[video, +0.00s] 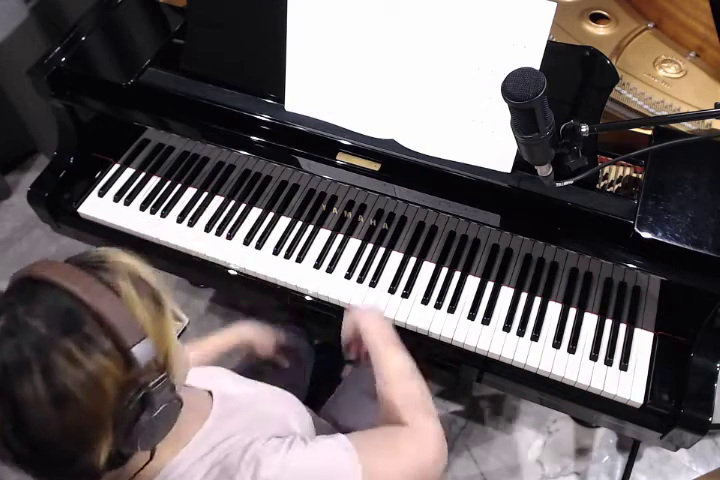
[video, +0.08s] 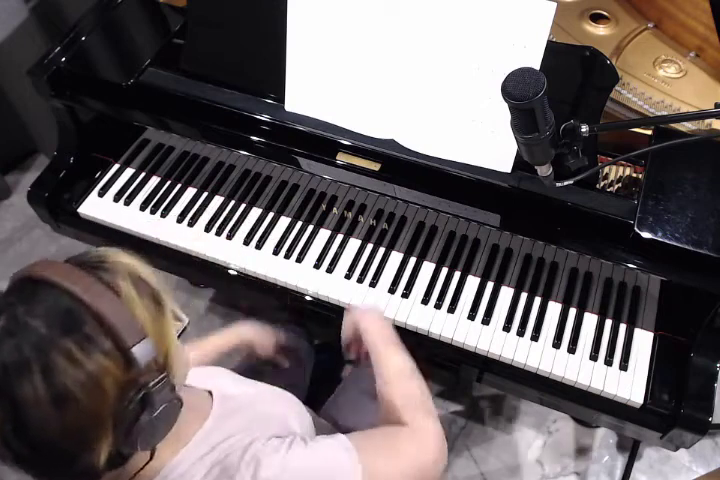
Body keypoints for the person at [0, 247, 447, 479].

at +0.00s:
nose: (176, 322)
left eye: (164, 313)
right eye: (166, 324)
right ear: (146, 373)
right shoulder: (262, 467)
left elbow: (147, 377)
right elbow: (423, 444)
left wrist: (237, 337)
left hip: (229, 386)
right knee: (381, 345)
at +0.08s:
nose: (175, 319)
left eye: (163, 311)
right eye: (165, 322)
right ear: (146, 371)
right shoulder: (263, 466)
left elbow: (146, 378)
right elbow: (423, 444)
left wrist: (236, 336)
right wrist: (378, 329)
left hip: (227, 387)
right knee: (382, 345)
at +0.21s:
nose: (167, 321)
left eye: (151, 310)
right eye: (153, 318)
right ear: (138, 376)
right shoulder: (273, 466)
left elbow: (165, 366)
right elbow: (405, 423)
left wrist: (247, 308)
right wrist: (383, 284)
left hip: (231, 389)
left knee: (283, 332)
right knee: (384, 367)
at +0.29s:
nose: (175, 319)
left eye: (162, 314)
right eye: (163, 322)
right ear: (147, 379)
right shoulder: (279, 465)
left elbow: (181, 358)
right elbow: (386, 416)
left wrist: (267, 298)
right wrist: (386, 282)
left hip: (232, 381)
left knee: (284, 331)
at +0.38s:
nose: (182, 309)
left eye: (168, 305)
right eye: (171, 312)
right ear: (159, 360)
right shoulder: (283, 464)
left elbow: (199, 351)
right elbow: (380, 414)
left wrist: (287, 295)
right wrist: (387, 288)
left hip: (238, 381)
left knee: (285, 332)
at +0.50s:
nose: (200, 295)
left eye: (185, 292)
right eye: (187, 300)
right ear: (180, 362)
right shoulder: (288, 462)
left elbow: (208, 350)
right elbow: (378, 423)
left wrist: (294, 301)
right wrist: (387, 301)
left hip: (251, 377)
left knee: (292, 337)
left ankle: (316, 387)